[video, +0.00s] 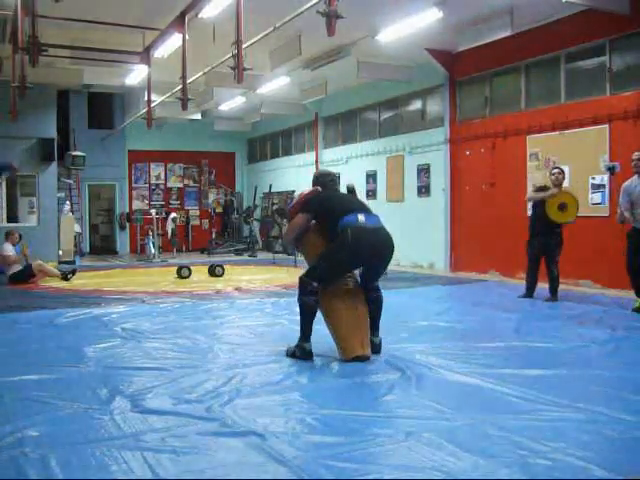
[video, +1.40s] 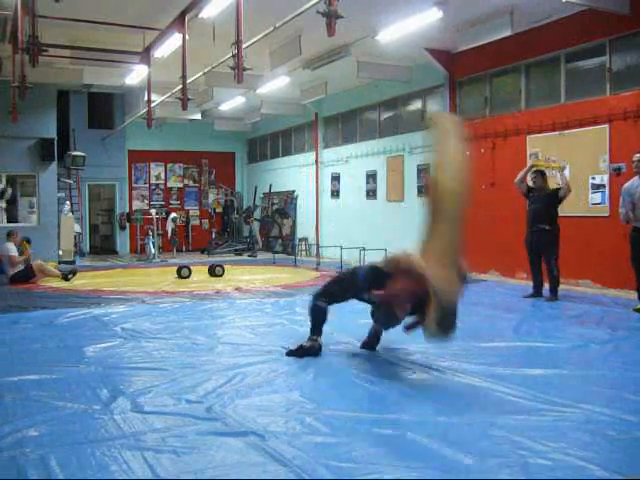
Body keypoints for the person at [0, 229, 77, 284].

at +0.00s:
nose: (17, 240)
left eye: (17, 238)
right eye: (15, 237)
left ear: (17, 239)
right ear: (9, 237)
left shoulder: (12, 248)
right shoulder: (6, 246)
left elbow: (14, 261)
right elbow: (9, 261)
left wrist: (24, 256)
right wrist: (21, 255)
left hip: (19, 274)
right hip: (14, 276)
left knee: (45, 270)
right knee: (39, 264)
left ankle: (64, 274)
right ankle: (62, 275)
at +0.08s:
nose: (18, 238)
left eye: (18, 236)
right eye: (17, 236)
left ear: (11, 236)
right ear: (12, 237)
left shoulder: (8, 246)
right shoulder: (10, 246)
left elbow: (15, 261)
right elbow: (17, 261)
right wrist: (26, 255)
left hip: (17, 275)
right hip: (15, 276)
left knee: (42, 268)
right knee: (39, 265)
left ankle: (63, 275)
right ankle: (63, 275)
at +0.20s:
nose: (20, 240)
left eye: (19, 239)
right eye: (19, 239)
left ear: (10, 237)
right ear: (18, 238)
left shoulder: (3, 247)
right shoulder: (17, 248)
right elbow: (24, 263)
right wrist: (30, 254)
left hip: (10, 277)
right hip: (16, 276)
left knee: (44, 270)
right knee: (39, 265)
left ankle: (64, 274)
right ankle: (63, 276)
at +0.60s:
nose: (18, 240)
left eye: (18, 238)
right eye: (18, 238)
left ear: (9, 237)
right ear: (15, 238)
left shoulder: (5, 246)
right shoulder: (11, 247)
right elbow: (18, 262)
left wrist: (25, 257)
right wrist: (27, 256)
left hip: (11, 275)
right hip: (14, 276)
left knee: (40, 266)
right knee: (40, 265)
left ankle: (63, 274)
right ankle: (63, 275)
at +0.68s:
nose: (18, 240)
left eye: (18, 238)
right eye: (16, 238)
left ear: (12, 238)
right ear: (11, 238)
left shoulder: (10, 247)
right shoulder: (7, 247)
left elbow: (13, 261)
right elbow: (9, 261)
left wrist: (24, 257)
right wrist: (22, 258)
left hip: (18, 273)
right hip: (14, 276)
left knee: (40, 265)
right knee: (39, 265)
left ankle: (63, 274)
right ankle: (63, 275)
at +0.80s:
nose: (15, 240)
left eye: (16, 238)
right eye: (14, 238)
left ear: (15, 238)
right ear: (8, 237)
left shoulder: (16, 247)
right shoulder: (4, 247)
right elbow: (4, 260)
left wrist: (26, 255)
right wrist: (17, 256)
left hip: (21, 272)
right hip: (13, 275)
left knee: (44, 269)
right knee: (38, 264)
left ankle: (63, 275)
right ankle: (62, 275)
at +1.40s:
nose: (19, 239)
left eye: (18, 237)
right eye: (17, 237)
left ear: (11, 237)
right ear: (12, 237)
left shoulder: (10, 246)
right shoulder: (9, 246)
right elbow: (14, 261)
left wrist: (24, 255)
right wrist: (25, 256)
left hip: (18, 275)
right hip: (15, 276)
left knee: (42, 267)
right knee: (38, 264)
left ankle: (64, 274)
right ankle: (62, 275)